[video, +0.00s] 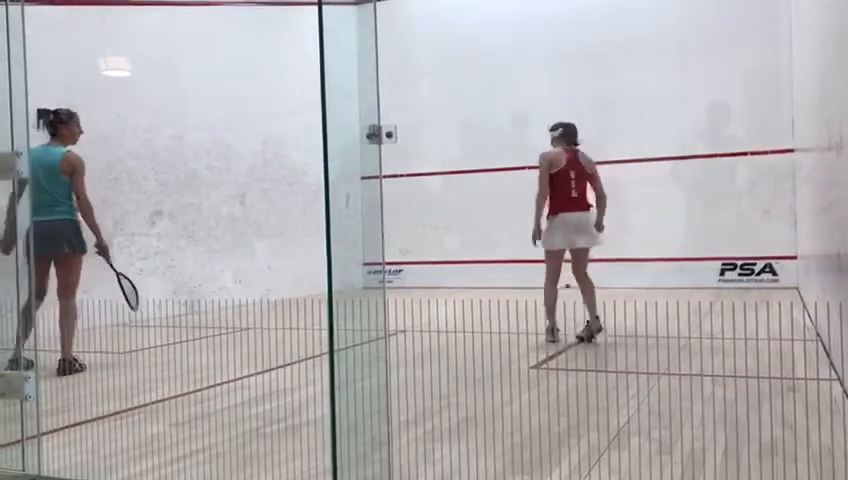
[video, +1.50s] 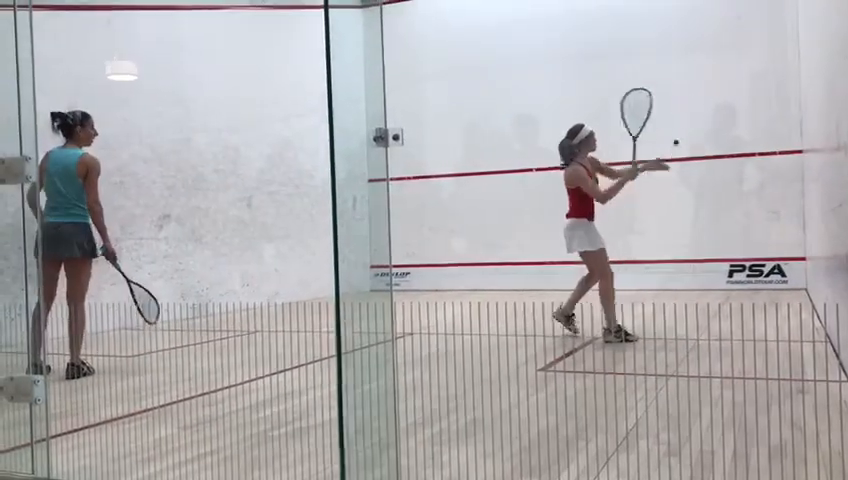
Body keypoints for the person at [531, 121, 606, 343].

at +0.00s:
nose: (551, 140)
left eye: (553, 137)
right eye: (552, 137)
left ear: (559, 137)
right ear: (573, 138)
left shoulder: (548, 157)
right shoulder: (585, 159)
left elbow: (543, 193)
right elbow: (600, 193)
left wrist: (537, 224)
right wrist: (600, 218)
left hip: (558, 219)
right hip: (584, 217)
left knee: (551, 277)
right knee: (580, 271)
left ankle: (551, 326)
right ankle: (594, 320)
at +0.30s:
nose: (546, 139)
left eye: (547, 136)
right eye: (548, 136)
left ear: (549, 138)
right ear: (567, 139)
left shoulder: (536, 159)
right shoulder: (577, 160)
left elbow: (520, 192)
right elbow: (590, 194)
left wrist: (522, 207)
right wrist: (595, 223)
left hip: (548, 223)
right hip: (574, 222)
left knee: (548, 280)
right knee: (577, 281)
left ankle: (552, 329)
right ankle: (577, 328)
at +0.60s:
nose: (573, 146)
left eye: (573, 142)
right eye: (572, 142)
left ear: (549, 141)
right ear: (566, 141)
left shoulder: (535, 163)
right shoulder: (574, 161)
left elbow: (535, 196)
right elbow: (586, 195)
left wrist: (554, 188)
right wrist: (605, 223)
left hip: (549, 223)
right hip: (573, 222)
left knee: (549, 278)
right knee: (590, 274)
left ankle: (553, 329)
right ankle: (588, 323)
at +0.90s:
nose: (589, 144)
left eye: (590, 140)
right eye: (585, 139)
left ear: (566, 142)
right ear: (572, 141)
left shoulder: (554, 164)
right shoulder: (583, 162)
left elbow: (564, 195)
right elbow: (597, 196)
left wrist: (586, 212)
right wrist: (624, 218)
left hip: (560, 223)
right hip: (582, 222)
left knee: (558, 277)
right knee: (599, 276)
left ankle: (555, 328)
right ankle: (607, 326)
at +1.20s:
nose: (603, 139)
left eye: (601, 135)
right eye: (599, 136)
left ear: (585, 143)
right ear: (589, 142)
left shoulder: (578, 167)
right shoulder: (588, 166)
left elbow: (611, 194)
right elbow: (609, 195)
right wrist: (638, 210)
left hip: (577, 225)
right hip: (590, 225)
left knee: (595, 273)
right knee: (612, 274)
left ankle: (566, 311)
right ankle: (611, 326)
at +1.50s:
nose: (595, 140)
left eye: (593, 137)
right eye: (592, 138)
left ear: (580, 144)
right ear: (582, 144)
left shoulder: (589, 162)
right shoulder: (575, 171)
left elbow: (615, 173)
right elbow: (601, 198)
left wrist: (648, 166)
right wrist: (625, 178)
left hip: (582, 226)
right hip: (580, 227)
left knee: (595, 273)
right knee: (605, 275)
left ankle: (565, 311)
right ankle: (612, 328)